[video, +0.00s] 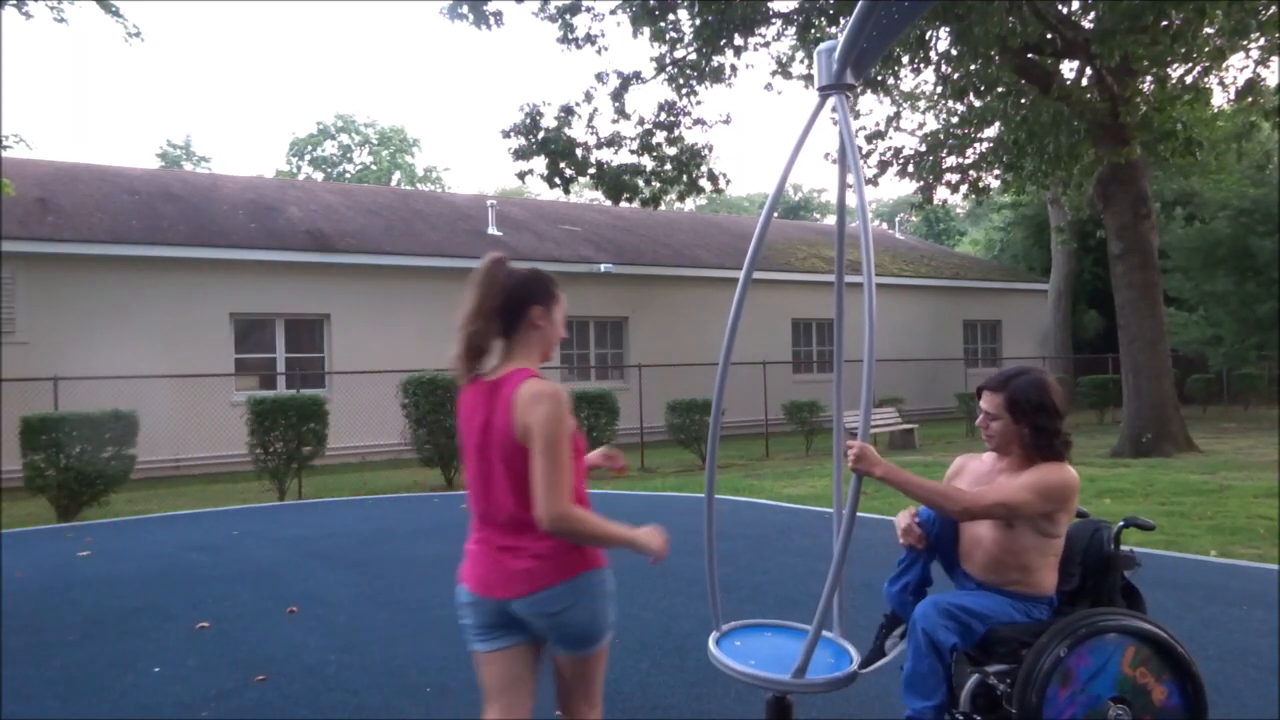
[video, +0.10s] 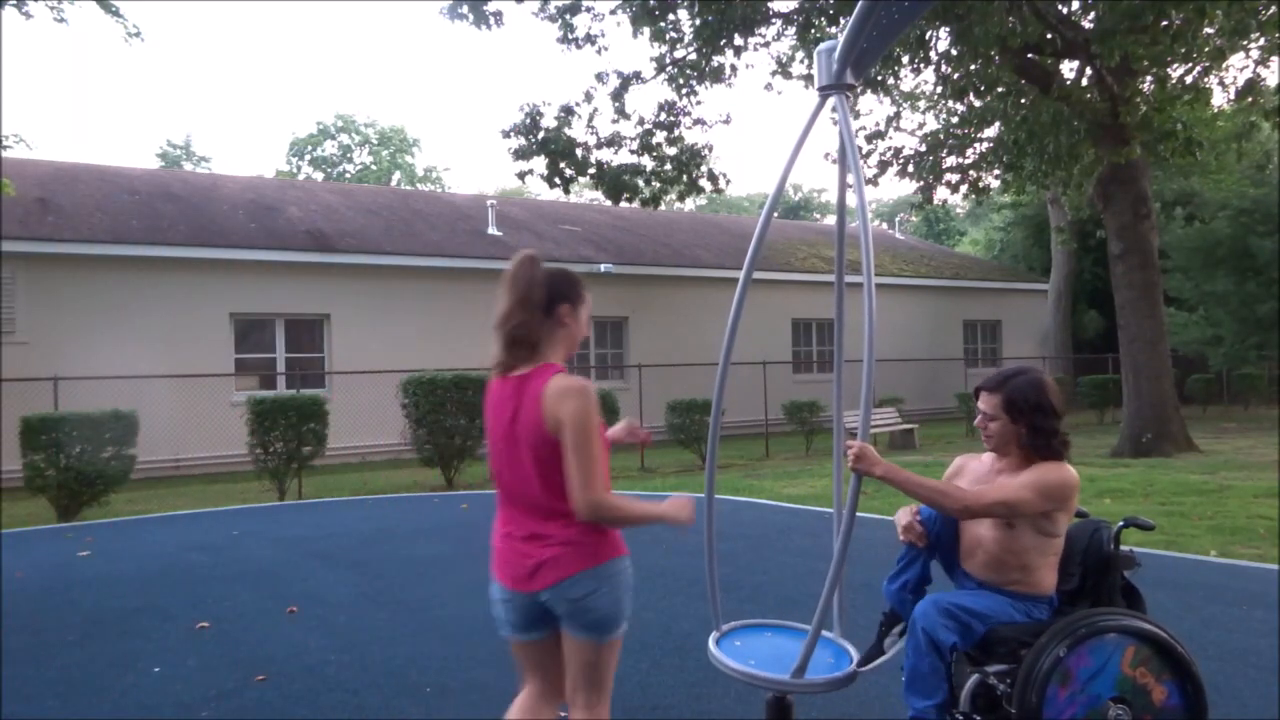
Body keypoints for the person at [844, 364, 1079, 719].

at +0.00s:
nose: (979, 423)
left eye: (992, 417)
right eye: (980, 413)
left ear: (1025, 423)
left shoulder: (1058, 479)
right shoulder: (966, 465)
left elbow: (965, 506)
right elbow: (941, 512)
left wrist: (881, 468)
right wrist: (905, 517)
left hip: (1022, 604)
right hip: (968, 582)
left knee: (932, 613)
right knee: (931, 515)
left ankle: (925, 712)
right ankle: (899, 616)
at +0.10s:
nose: (978, 424)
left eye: (990, 418)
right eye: (979, 414)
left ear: (1023, 423)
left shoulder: (1058, 478)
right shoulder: (965, 465)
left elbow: (964, 504)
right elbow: (937, 509)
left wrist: (881, 467)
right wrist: (905, 514)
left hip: (1022, 604)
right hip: (969, 582)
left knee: (932, 612)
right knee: (932, 514)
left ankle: (927, 712)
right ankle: (897, 616)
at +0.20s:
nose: (978, 426)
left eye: (989, 420)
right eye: (978, 416)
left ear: (1023, 423)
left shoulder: (1058, 478)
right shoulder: (965, 465)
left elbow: (964, 503)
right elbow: (933, 506)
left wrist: (882, 467)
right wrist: (906, 512)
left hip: (1021, 603)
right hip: (968, 581)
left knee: (931, 614)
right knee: (929, 510)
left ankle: (929, 712)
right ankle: (896, 606)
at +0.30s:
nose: (979, 426)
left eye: (990, 420)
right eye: (978, 417)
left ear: (1024, 424)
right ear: (976, 413)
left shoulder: (1057, 477)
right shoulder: (968, 463)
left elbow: (966, 503)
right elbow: (931, 500)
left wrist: (882, 467)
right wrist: (904, 506)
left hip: (1019, 602)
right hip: (969, 578)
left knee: (932, 615)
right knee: (929, 507)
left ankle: (926, 713)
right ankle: (873, 593)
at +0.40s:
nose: (978, 428)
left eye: (988, 421)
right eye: (977, 417)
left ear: (1023, 425)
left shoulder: (1057, 479)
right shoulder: (967, 463)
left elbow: (965, 507)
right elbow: (930, 499)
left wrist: (881, 467)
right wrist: (899, 508)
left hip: (1019, 601)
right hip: (965, 575)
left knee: (931, 614)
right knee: (924, 512)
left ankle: (923, 712)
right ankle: (849, 583)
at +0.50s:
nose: (977, 428)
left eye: (988, 422)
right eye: (978, 418)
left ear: (1023, 425)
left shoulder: (1056, 480)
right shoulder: (968, 463)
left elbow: (966, 507)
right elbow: (935, 505)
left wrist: (883, 468)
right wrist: (902, 510)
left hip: (1016, 601)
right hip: (963, 572)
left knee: (931, 614)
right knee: (913, 526)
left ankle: (922, 712)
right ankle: (829, 587)